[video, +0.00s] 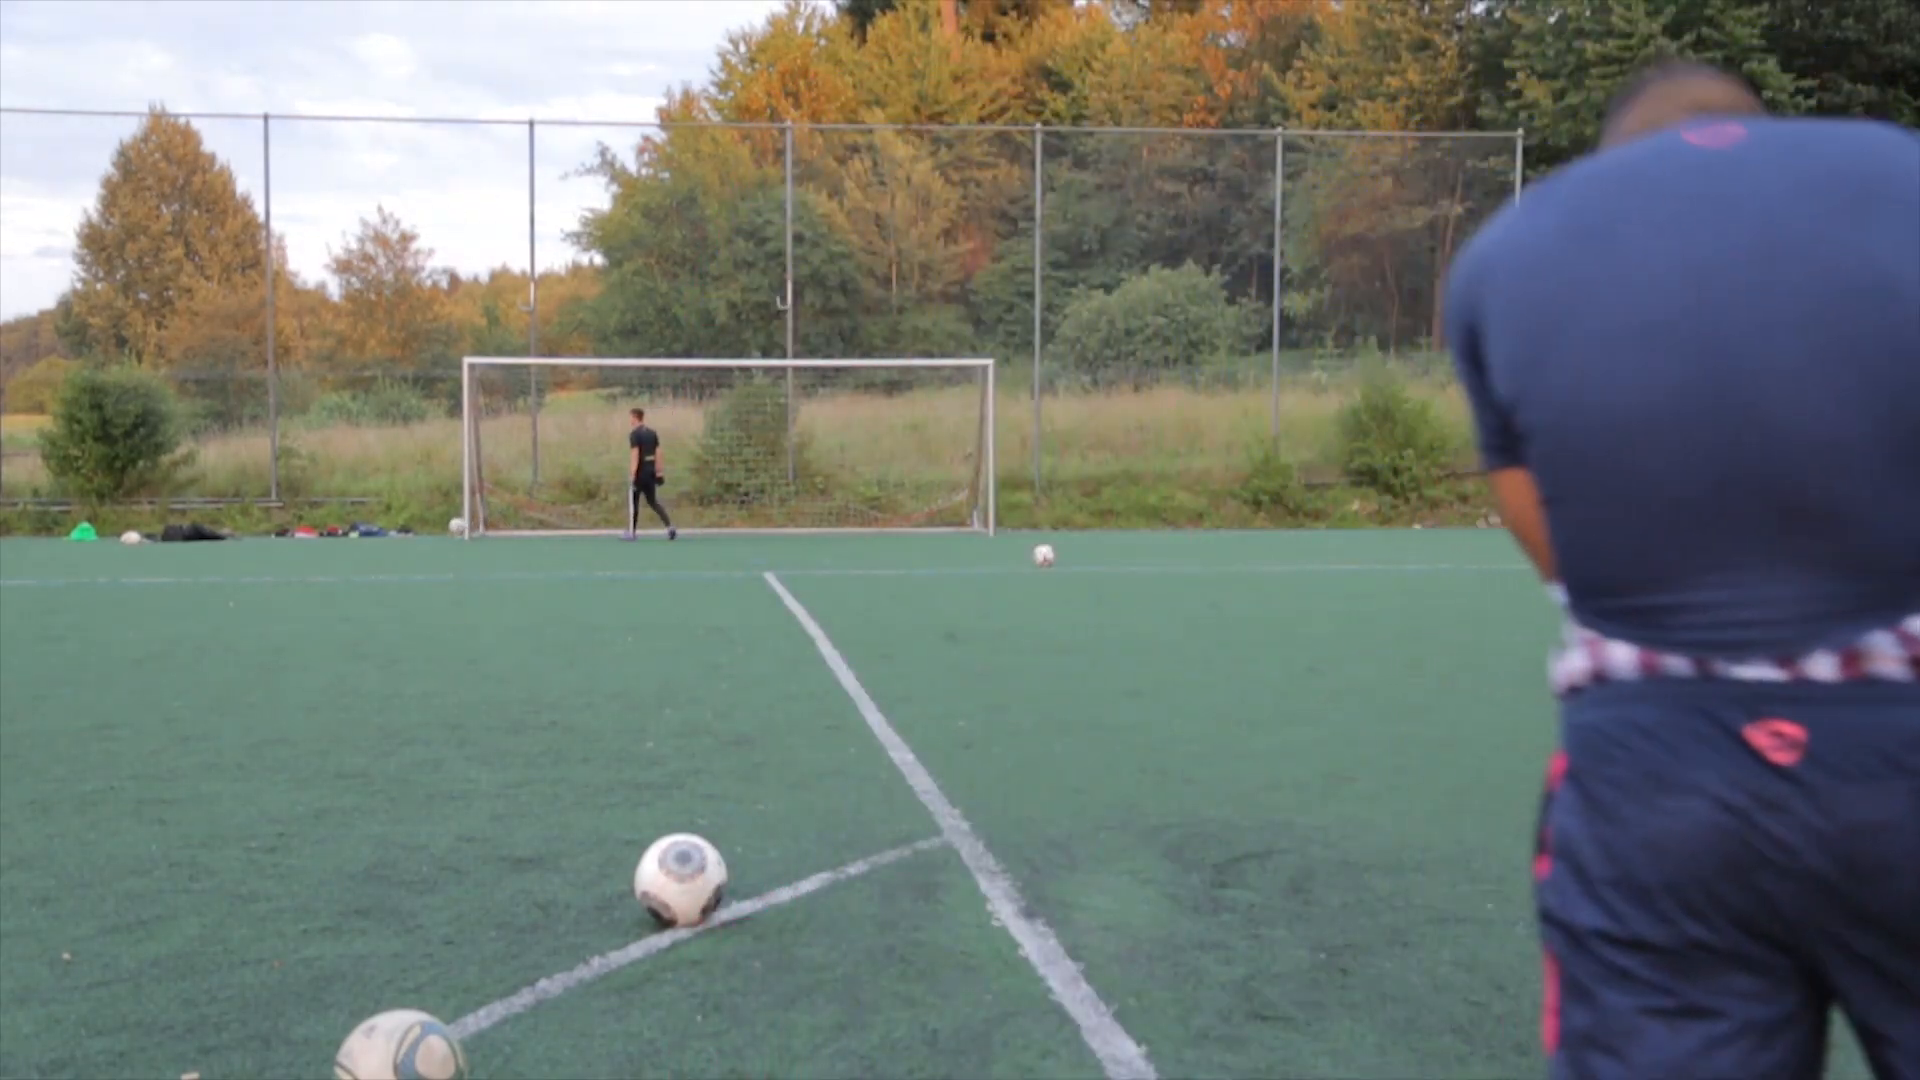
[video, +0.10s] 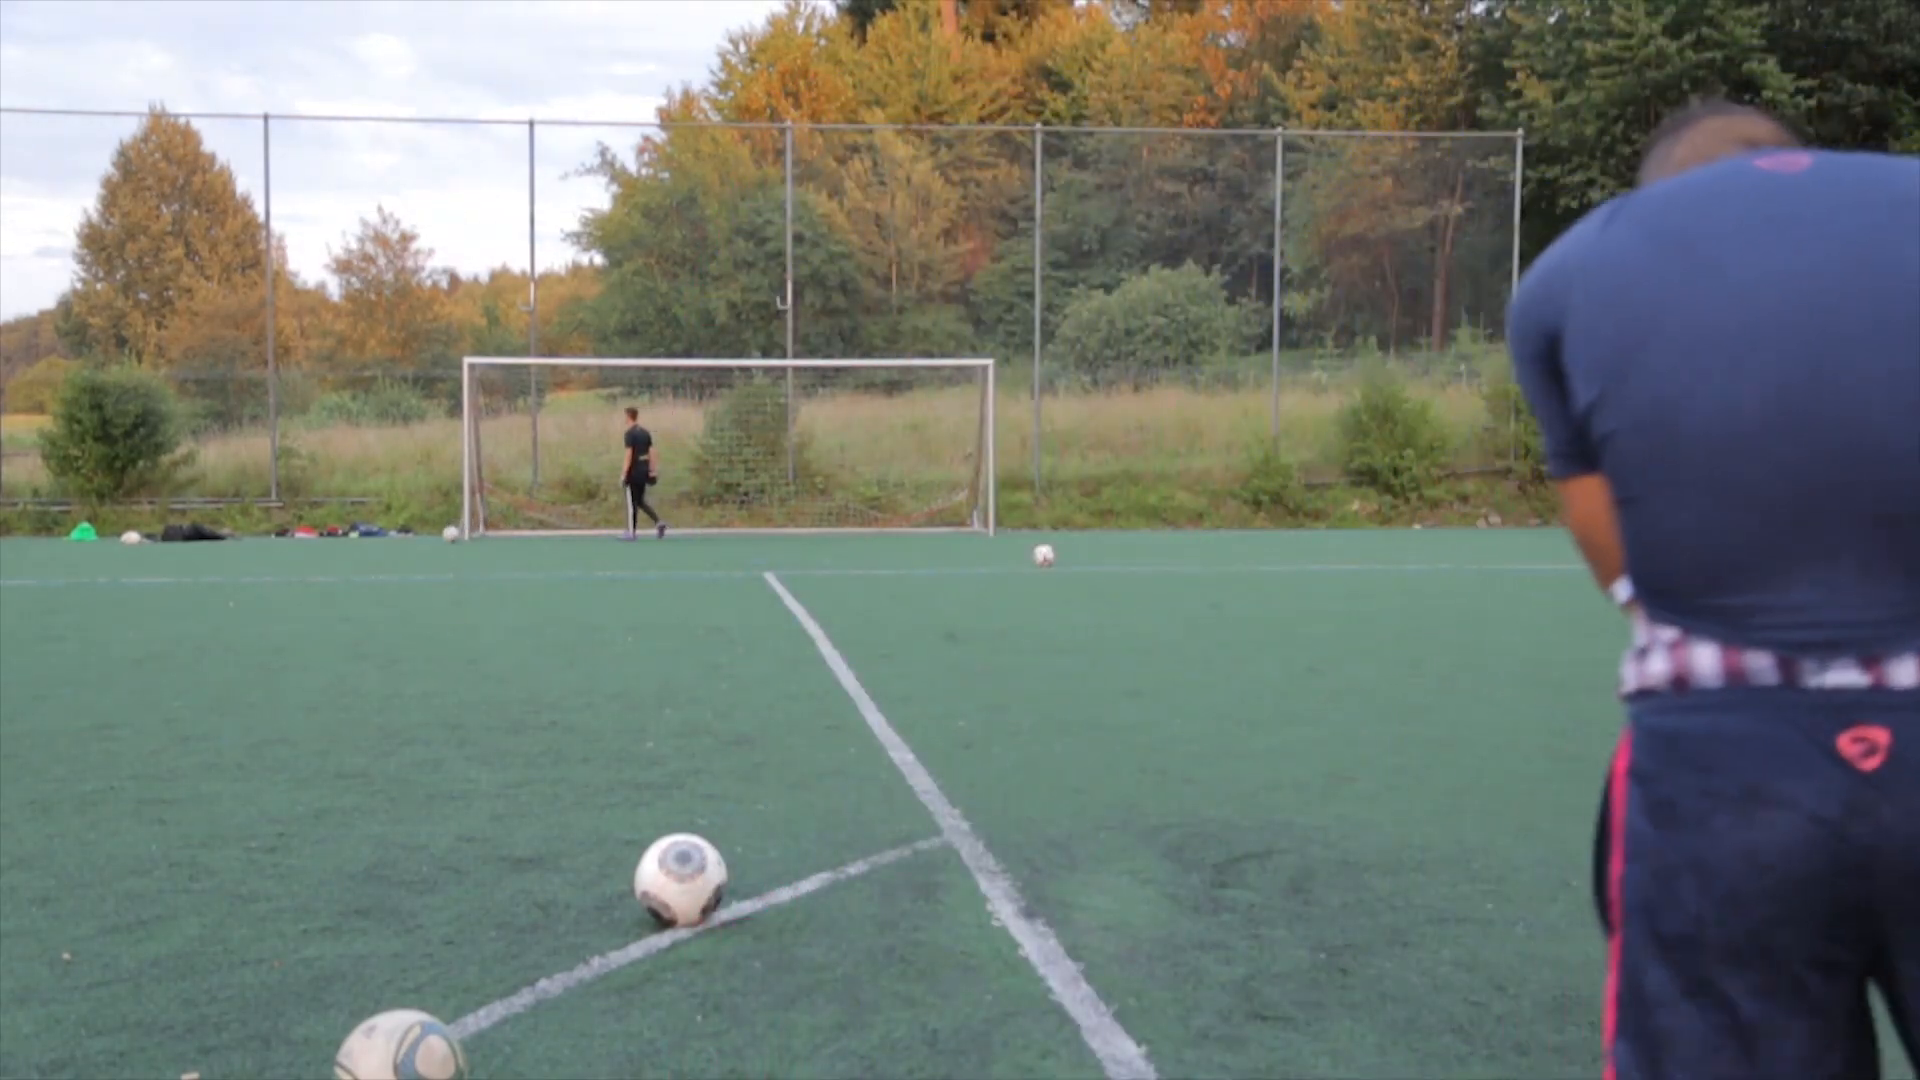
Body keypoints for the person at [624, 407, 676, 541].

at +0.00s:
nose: (631, 421)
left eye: (632, 418)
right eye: (631, 418)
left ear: (636, 419)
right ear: (642, 418)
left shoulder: (635, 434)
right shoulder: (652, 433)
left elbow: (635, 456)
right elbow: (658, 453)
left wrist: (632, 475)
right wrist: (659, 471)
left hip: (640, 470)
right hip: (651, 469)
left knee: (634, 500)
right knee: (652, 501)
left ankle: (632, 530)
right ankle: (669, 526)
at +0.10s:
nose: (626, 420)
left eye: (626, 417)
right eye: (627, 417)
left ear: (628, 417)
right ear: (636, 417)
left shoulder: (630, 434)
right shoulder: (645, 432)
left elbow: (629, 455)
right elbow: (651, 452)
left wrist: (624, 474)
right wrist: (652, 470)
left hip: (633, 468)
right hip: (644, 467)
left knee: (632, 501)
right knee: (639, 500)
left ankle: (631, 531)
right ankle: (658, 522)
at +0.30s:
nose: (613, 419)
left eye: (614, 416)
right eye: (614, 416)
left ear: (616, 417)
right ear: (624, 416)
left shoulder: (618, 433)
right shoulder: (632, 431)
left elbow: (615, 454)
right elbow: (637, 452)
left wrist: (606, 472)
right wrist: (636, 468)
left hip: (624, 470)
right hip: (632, 468)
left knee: (625, 499)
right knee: (617, 496)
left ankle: (630, 531)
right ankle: (622, 527)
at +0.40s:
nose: (607, 419)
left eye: (608, 417)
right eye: (608, 417)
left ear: (610, 418)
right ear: (618, 417)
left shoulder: (612, 433)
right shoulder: (624, 432)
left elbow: (609, 454)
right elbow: (630, 452)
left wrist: (599, 472)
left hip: (618, 469)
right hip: (625, 467)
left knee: (624, 501)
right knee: (611, 499)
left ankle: (631, 532)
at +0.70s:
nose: (583, 421)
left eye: (584, 418)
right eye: (583, 418)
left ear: (592, 418)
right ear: (592, 419)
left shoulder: (594, 435)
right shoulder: (596, 434)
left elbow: (592, 457)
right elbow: (595, 458)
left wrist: (587, 475)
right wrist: (590, 474)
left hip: (596, 475)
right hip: (596, 474)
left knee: (599, 501)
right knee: (588, 501)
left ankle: (623, 527)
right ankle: (585, 531)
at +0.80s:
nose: (577, 420)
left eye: (578, 417)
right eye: (576, 417)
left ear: (585, 417)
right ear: (583, 418)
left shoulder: (587, 434)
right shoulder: (587, 433)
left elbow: (587, 457)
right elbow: (588, 457)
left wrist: (582, 475)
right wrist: (584, 473)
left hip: (589, 471)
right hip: (590, 470)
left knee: (583, 501)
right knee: (586, 501)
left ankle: (608, 520)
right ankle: (585, 531)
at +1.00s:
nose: (562, 420)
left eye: (564, 417)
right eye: (561, 417)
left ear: (570, 417)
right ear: (564, 418)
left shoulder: (574, 433)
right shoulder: (571, 432)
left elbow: (578, 454)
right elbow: (574, 454)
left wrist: (573, 472)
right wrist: (568, 471)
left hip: (574, 470)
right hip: (576, 470)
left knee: (560, 497)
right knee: (581, 501)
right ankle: (585, 530)